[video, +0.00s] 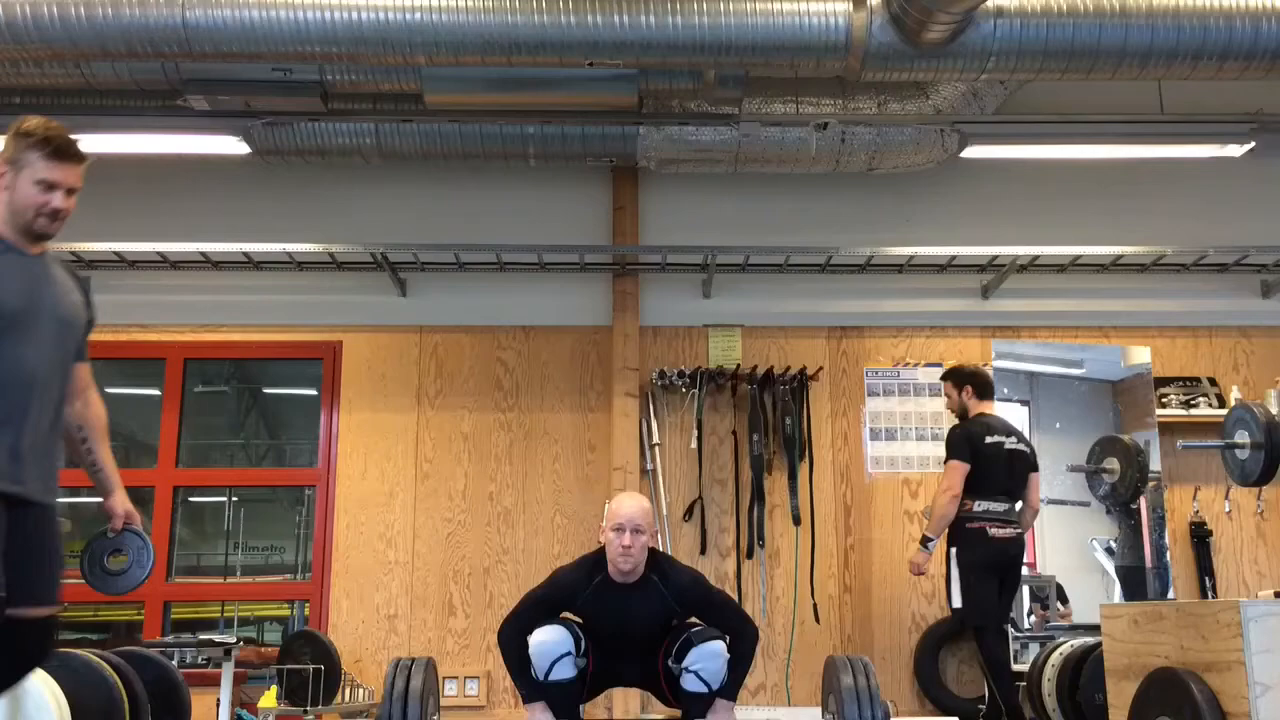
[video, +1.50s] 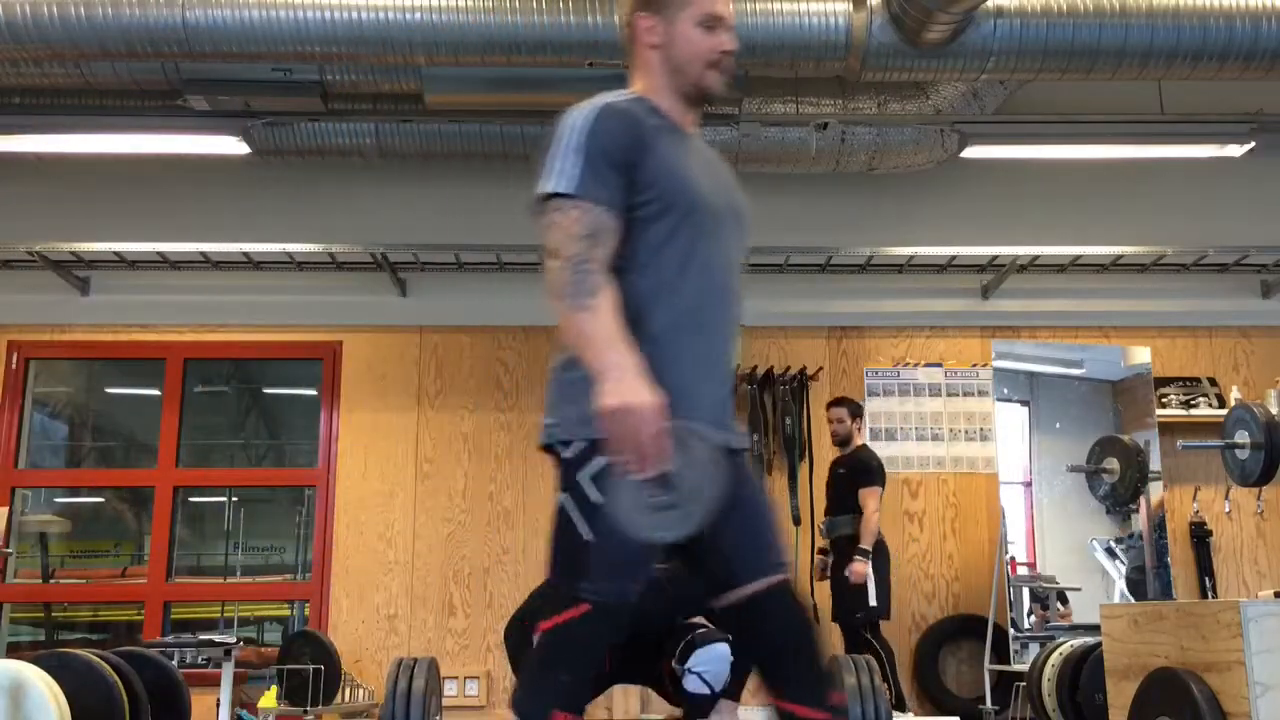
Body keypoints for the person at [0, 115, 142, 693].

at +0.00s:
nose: (59, 204)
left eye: (70, 192)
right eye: (45, 186)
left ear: (78, 196)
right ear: (6, 179)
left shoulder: (68, 289)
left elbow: (79, 395)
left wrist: (114, 492)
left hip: (32, 498)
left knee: (29, 646)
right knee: (14, 647)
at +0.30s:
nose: (153, 164)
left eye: (160, 153)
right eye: (136, 148)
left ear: (165, 162)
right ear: (89, 151)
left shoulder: (160, 274)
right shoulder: (30, 234)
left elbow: (151, 385)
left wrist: (144, 476)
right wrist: (1, 473)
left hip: (121, 488)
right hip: (27, 479)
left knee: (152, 670)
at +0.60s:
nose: (298, 149)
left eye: (306, 138)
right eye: (281, 132)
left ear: (310, 147)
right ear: (235, 132)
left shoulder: (299, 261)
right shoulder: (173, 214)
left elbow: (282, 368)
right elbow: (112, 317)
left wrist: (289, 447)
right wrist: (111, 406)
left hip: (271, 473)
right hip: (176, 463)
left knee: (269, 650)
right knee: (159, 636)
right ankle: (82, 705)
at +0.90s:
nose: (430, 121)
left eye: (438, 110)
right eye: (414, 103)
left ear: (441, 120)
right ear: (362, 101)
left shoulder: (420, 238)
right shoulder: (305, 190)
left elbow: (431, 366)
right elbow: (240, 319)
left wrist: (499, 459)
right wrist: (229, 447)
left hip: (383, 458)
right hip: (314, 442)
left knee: (306, 653)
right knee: (381, 612)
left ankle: (282, 714)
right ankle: (385, 714)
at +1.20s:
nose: (573, 67)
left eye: (578, 55)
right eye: (554, 49)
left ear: (579, 68)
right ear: (496, 52)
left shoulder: (550, 180)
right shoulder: (454, 148)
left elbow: (568, 332)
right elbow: (397, 294)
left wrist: (626, 433)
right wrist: (390, 436)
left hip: (550, 436)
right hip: (484, 428)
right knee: (543, 628)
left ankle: (454, 699)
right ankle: (450, 703)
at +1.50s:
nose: (729, 45)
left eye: (732, 29)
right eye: (709, 25)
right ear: (650, 31)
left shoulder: (709, 160)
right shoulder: (604, 122)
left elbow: (688, 298)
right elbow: (574, 267)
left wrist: (714, 414)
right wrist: (618, 373)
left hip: (710, 443)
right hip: (619, 437)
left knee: (788, 647)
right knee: (577, 652)